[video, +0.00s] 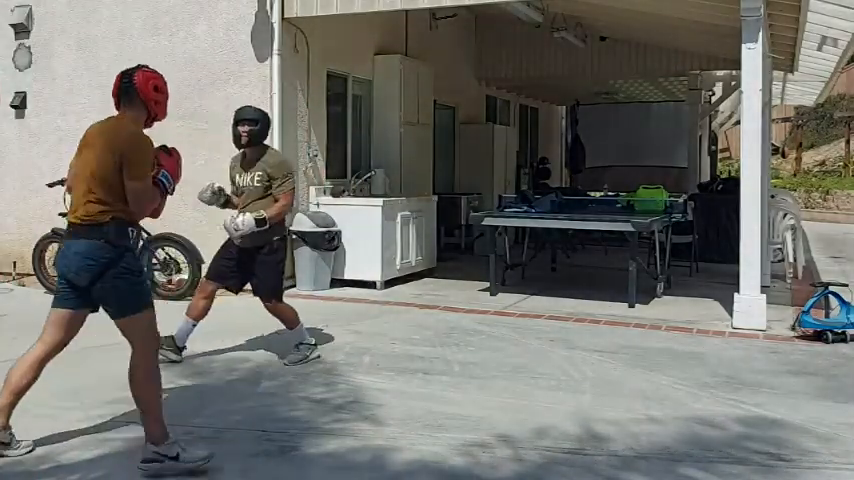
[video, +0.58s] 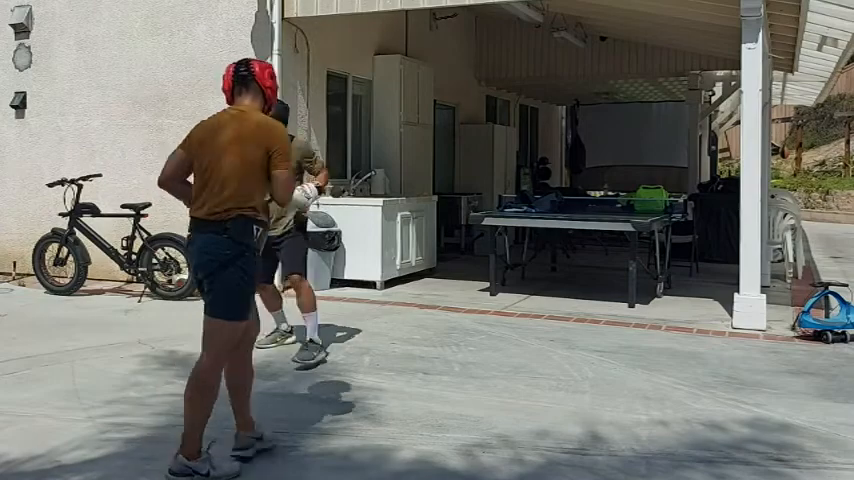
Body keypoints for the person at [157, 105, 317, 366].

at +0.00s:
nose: (243, 130)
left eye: (250, 125)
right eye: (239, 125)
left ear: (262, 130)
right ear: (234, 130)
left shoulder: (276, 162)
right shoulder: (237, 163)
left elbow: (285, 204)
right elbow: (242, 202)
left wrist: (256, 220)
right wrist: (221, 199)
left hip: (270, 241)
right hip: (240, 238)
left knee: (271, 301)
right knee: (207, 286)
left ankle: (306, 341)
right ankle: (177, 343)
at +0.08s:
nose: (251, 125)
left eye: (258, 120)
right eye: (248, 120)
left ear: (270, 125)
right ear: (242, 124)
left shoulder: (284, 157)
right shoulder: (241, 158)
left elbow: (298, 197)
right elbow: (249, 195)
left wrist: (271, 216)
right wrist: (230, 195)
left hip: (276, 236)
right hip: (247, 234)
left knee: (275, 296)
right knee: (216, 280)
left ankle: (306, 341)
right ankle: (192, 340)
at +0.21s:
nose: (261, 130)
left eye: (266, 125)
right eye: (257, 124)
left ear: (276, 123)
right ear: (252, 122)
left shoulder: (293, 149)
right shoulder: (247, 150)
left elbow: (315, 181)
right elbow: (251, 186)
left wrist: (292, 201)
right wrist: (236, 185)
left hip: (282, 231)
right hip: (254, 228)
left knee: (283, 287)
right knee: (229, 277)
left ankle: (307, 342)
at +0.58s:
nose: (265, 126)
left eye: (270, 121)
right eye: (264, 121)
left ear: (280, 122)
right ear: (262, 122)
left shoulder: (297, 146)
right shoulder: (256, 149)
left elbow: (323, 173)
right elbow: (246, 183)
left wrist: (313, 189)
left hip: (292, 224)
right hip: (264, 225)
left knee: (297, 279)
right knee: (261, 282)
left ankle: (314, 341)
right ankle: (282, 328)